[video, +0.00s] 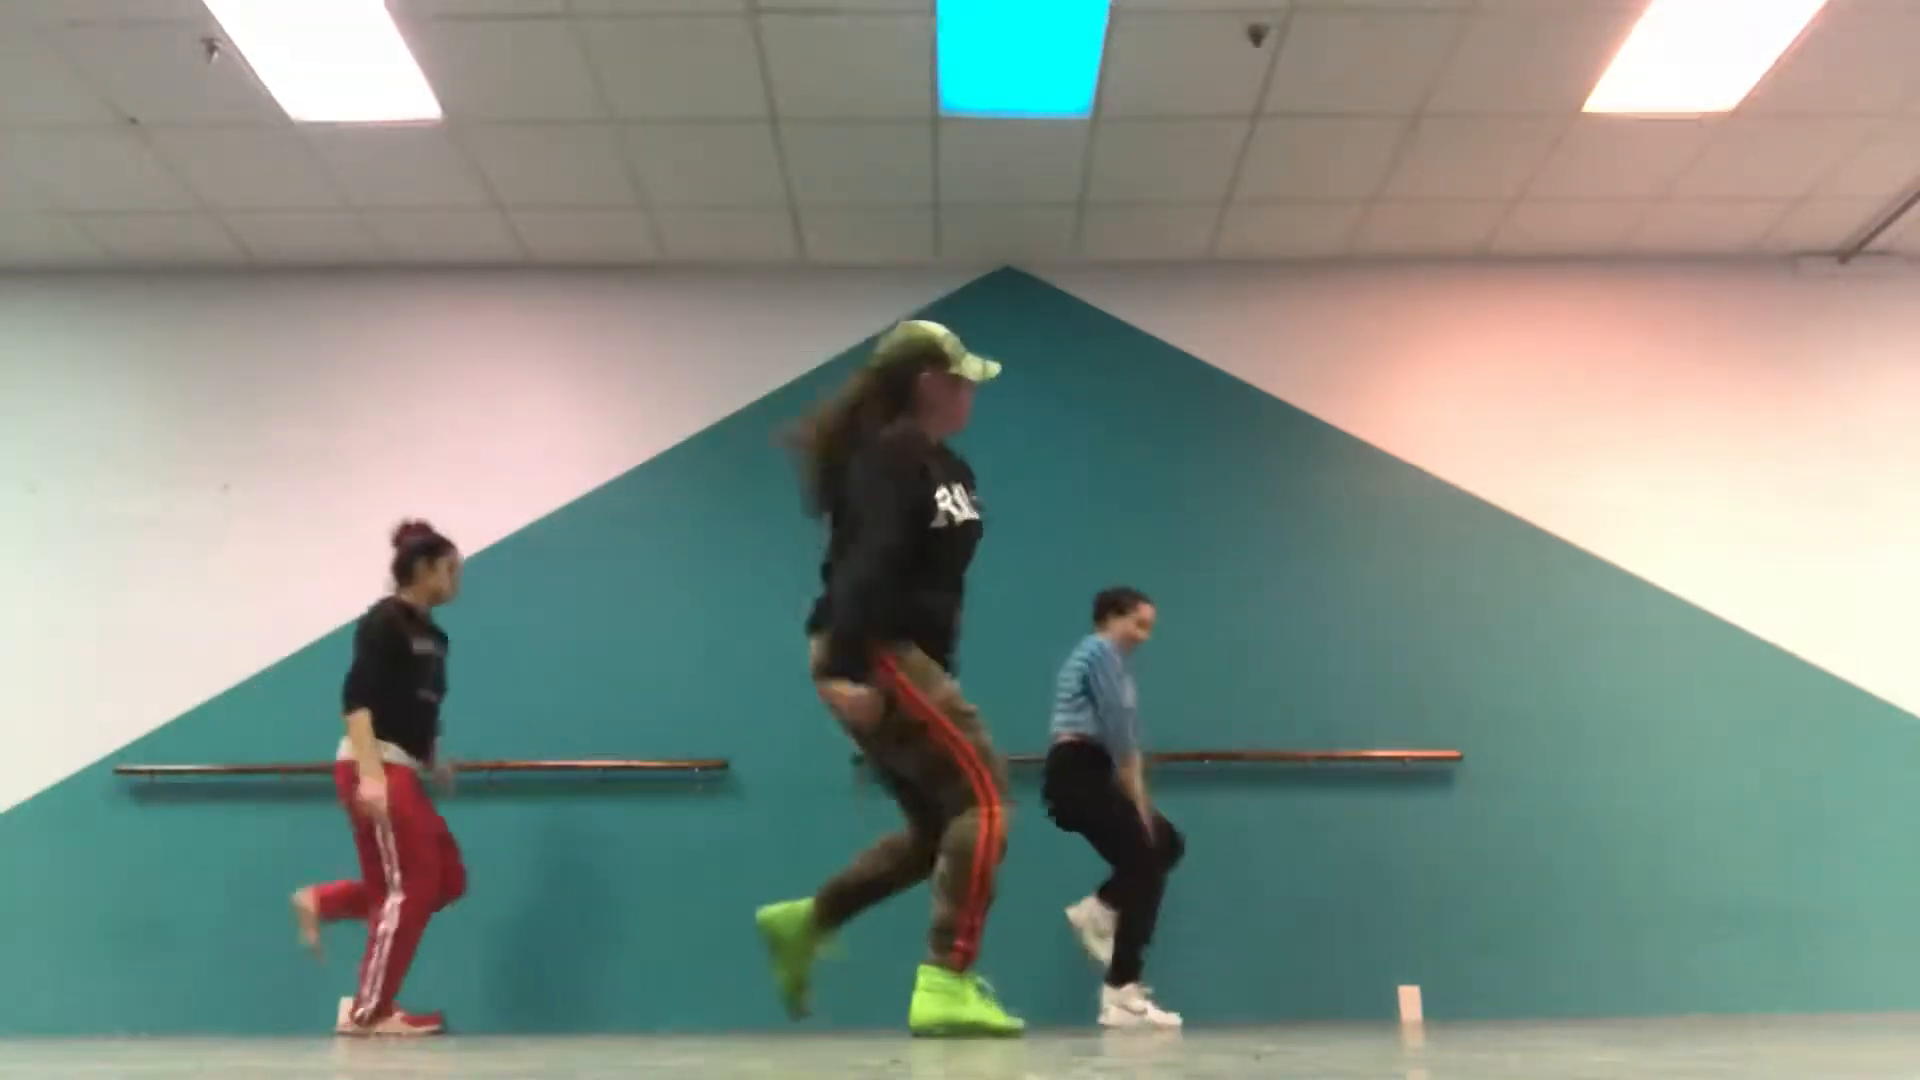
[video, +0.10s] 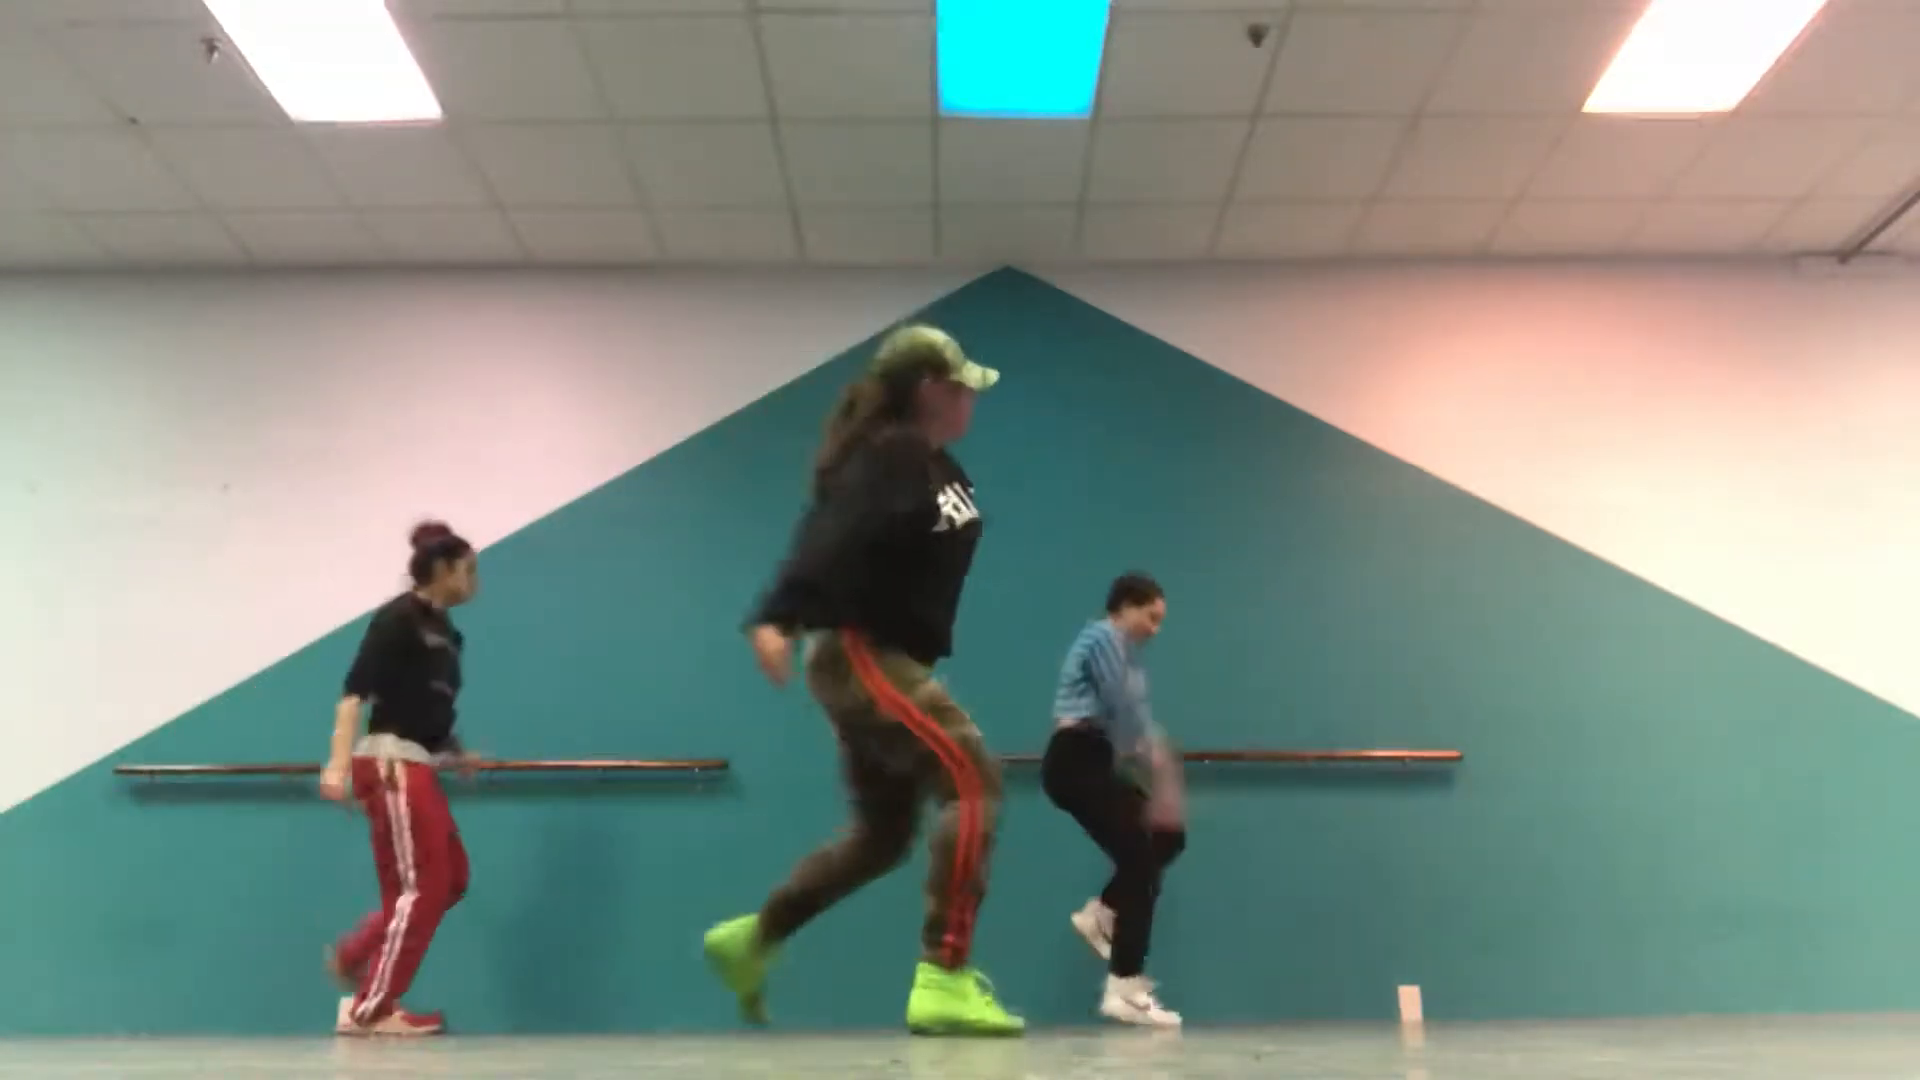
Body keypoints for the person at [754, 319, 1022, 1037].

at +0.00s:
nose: (971, 397)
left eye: (970, 385)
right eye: (963, 385)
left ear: (930, 386)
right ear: (929, 385)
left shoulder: (946, 464)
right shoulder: (890, 454)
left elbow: (926, 564)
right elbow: (865, 556)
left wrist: (936, 665)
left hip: (901, 648)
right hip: (876, 650)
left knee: (938, 834)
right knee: (980, 795)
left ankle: (805, 923)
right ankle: (947, 981)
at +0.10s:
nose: (970, 403)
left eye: (968, 391)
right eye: (960, 390)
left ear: (930, 394)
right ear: (922, 393)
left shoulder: (935, 464)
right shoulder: (885, 457)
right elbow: (830, 530)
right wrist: (778, 617)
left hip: (891, 655)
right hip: (857, 654)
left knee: (881, 838)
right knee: (970, 779)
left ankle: (751, 941)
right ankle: (945, 976)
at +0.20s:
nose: (959, 432)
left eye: (958, 420)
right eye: (950, 419)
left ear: (924, 421)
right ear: (914, 422)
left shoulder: (926, 492)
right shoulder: (874, 493)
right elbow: (820, 518)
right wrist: (765, 536)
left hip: (878, 681)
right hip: (841, 679)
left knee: (816, 843)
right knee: (953, 789)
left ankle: (699, 971)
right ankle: (962, 983)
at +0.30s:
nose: (954, 460)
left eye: (953, 448)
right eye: (946, 447)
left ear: (915, 446)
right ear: (911, 446)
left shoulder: (913, 515)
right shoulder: (857, 503)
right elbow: (797, 483)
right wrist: (818, 477)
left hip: (862, 711)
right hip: (823, 709)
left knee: (770, 864)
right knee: (949, 788)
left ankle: (676, 989)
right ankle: (960, 986)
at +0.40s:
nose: (958, 418)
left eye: (957, 406)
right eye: (950, 405)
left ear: (921, 404)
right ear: (917, 405)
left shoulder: (908, 473)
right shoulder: (878, 467)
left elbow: (901, 552)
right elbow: (876, 538)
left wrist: (915, 590)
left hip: (848, 662)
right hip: (829, 661)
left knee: (785, 835)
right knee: (954, 780)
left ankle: (686, 975)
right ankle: (936, 978)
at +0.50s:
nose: (957, 395)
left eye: (952, 382)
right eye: (948, 383)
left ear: (894, 388)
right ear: (925, 386)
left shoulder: (859, 445)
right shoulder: (912, 452)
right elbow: (921, 579)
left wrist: (948, 674)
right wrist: (967, 679)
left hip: (802, 631)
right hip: (853, 632)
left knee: (861, 820)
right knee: (950, 802)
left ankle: (725, 918)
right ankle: (898, 973)